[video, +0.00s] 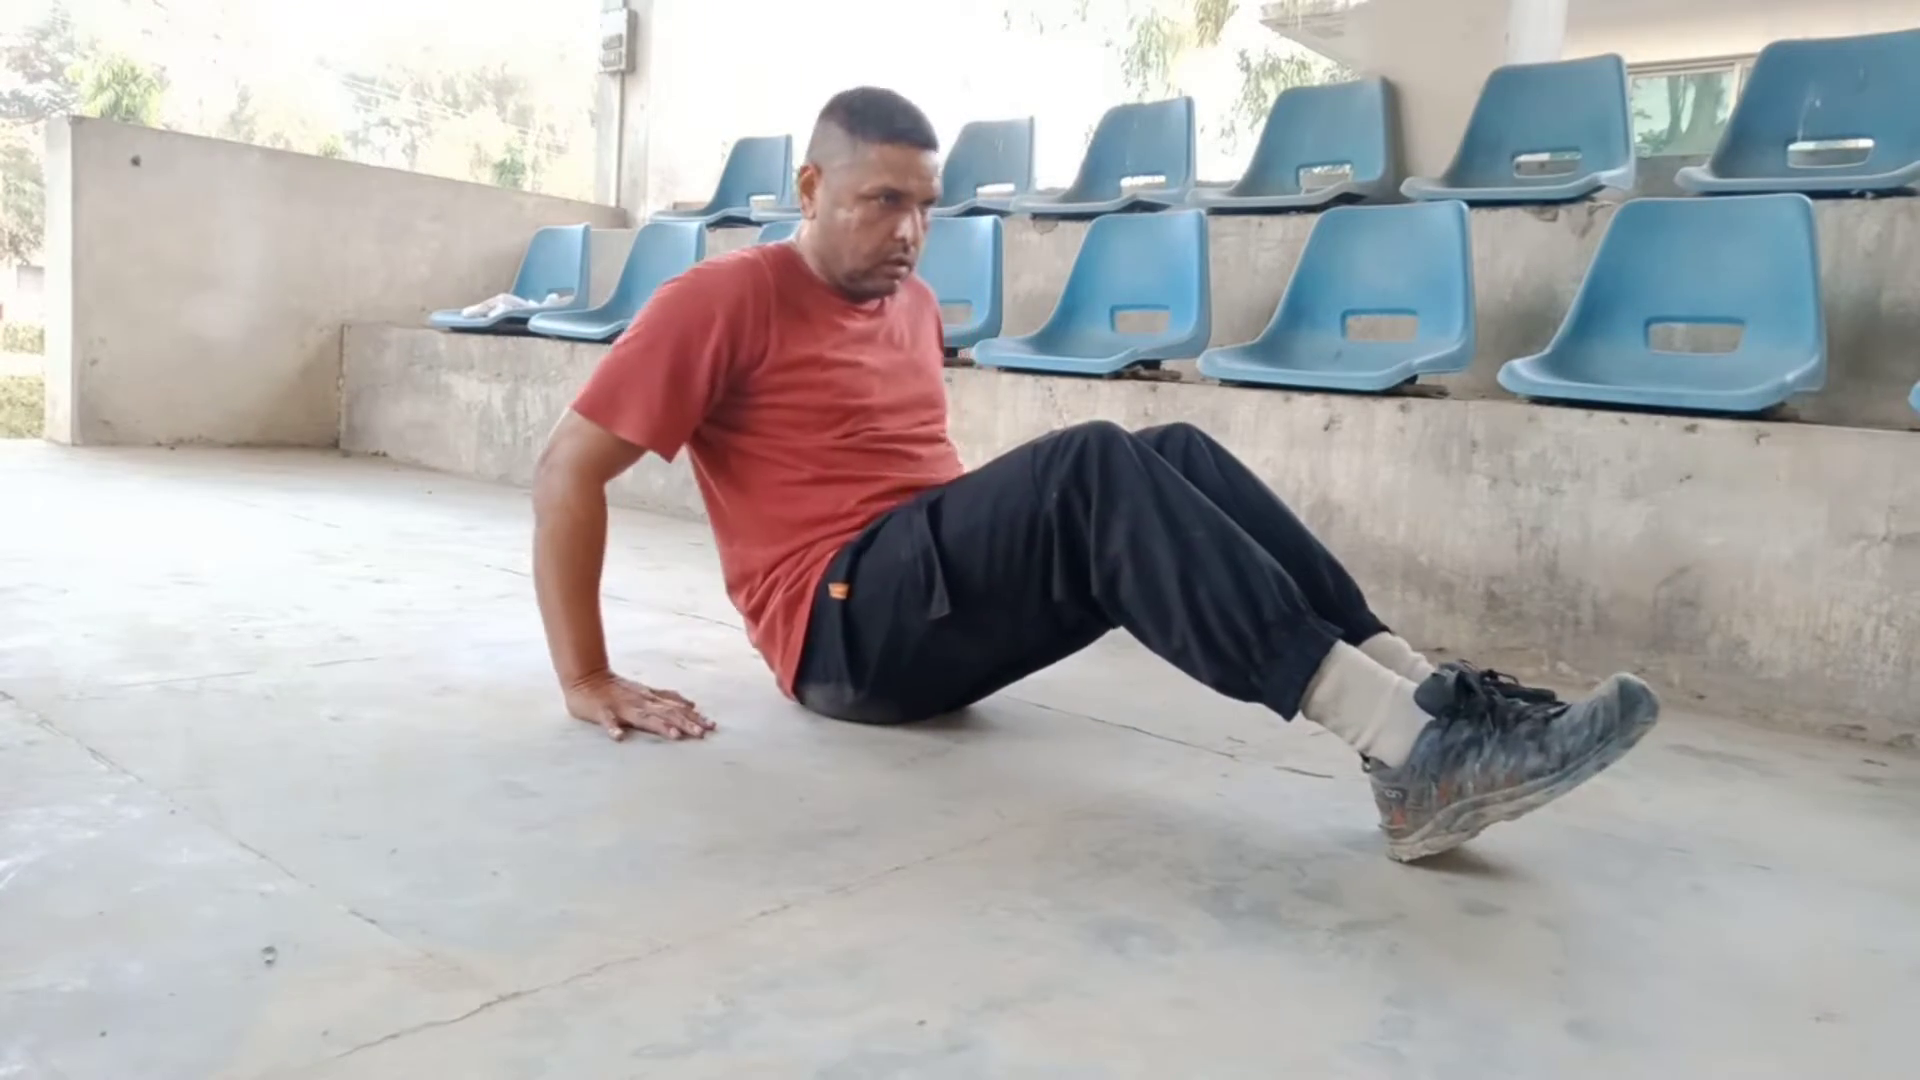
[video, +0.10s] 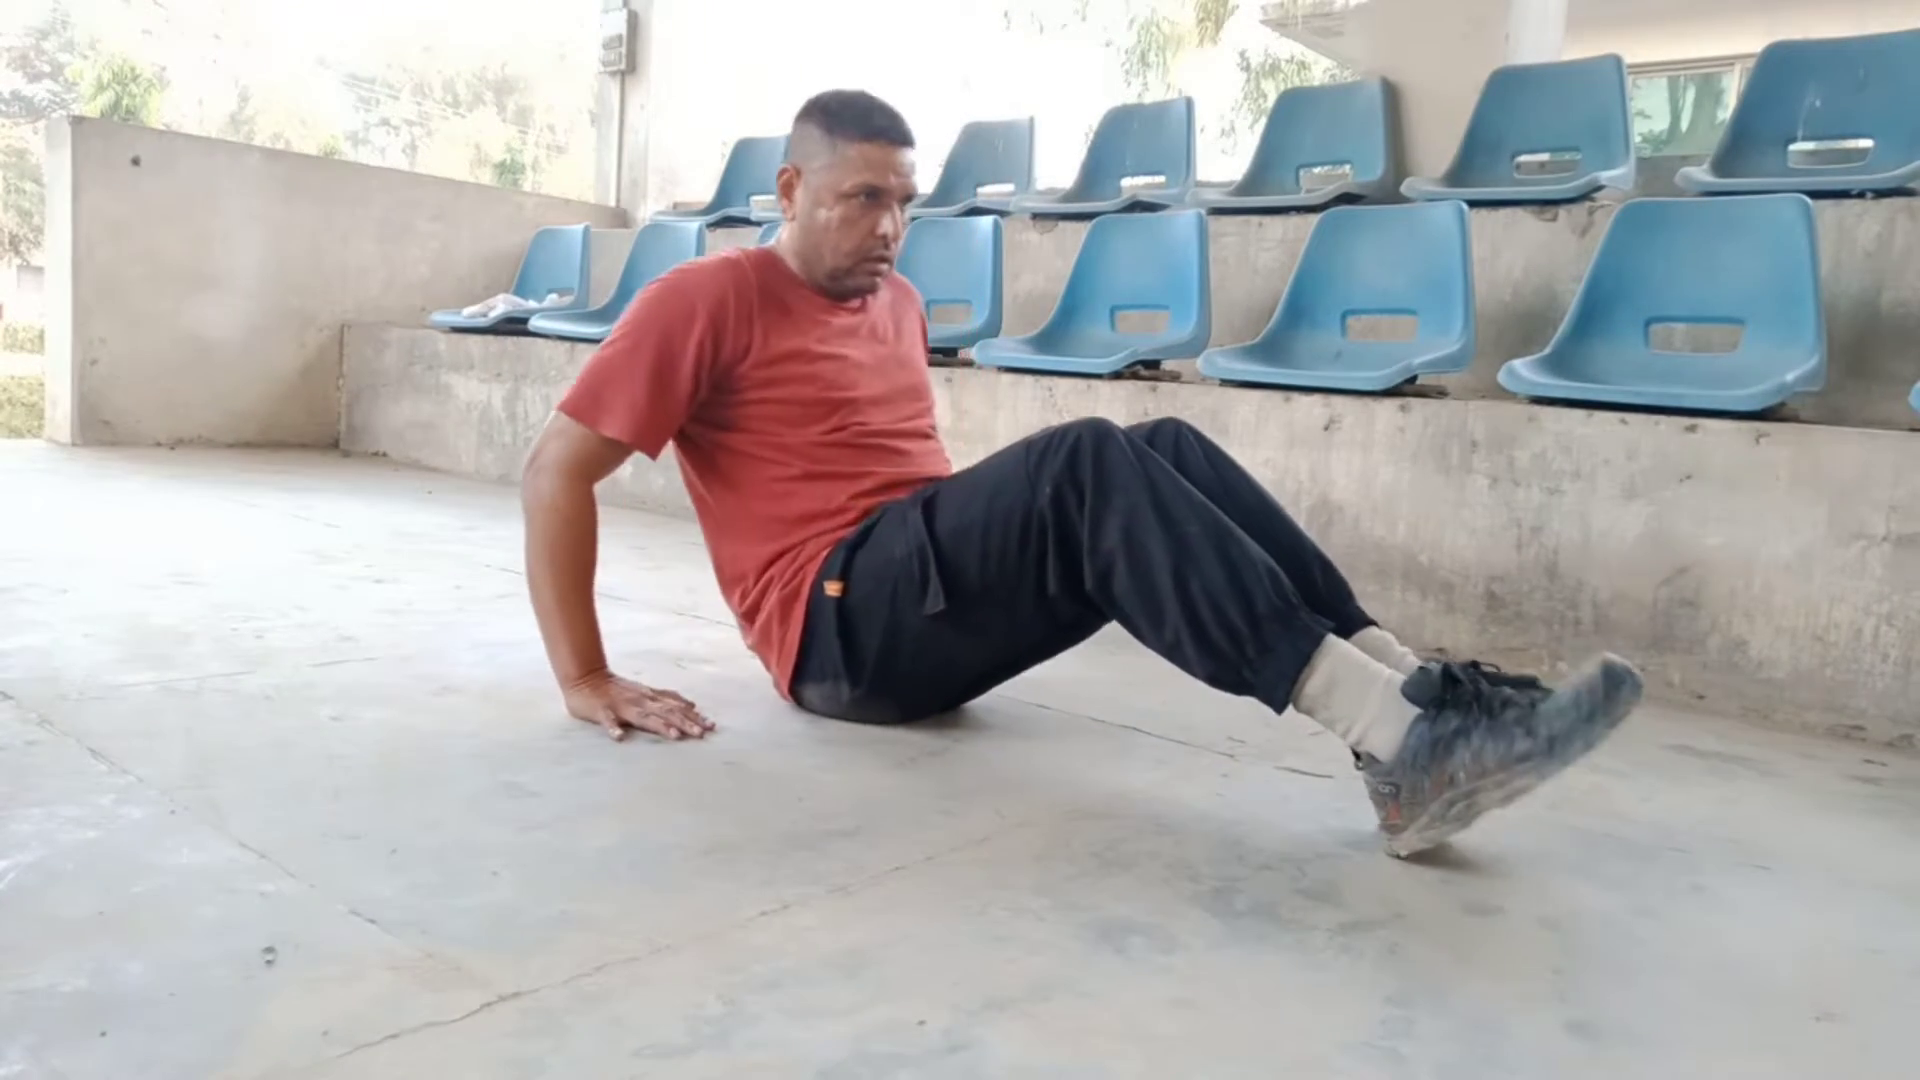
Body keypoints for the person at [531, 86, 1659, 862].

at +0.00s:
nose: (899, 231)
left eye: (917, 208)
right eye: (875, 204)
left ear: (924, 204)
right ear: (805, 189)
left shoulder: (911, 301)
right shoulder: (719, 300)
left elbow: (899, 460)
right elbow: (568, 468)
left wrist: (944, 618)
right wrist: (584, 679)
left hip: (931, 586)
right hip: (836, 609)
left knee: (1178, 453)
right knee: (1103, 469)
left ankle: (1433, 733)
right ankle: (1409, 740)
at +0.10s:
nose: (878, 230)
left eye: (895, 207)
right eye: (856, 204)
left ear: (902, 205)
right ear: (787, 193)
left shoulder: (896, 304)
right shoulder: (701, 300)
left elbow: (884, 461)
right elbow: (557, 468)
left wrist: (936, 621)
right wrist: (583, 681)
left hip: (928, 583)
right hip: (836, 610)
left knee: (1171, 446)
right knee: (1097, 464)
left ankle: (1422, 722)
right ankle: (1399, 735)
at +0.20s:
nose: (866, 230)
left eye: (882, 207)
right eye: (843, 205)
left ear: (886, 207)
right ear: (773, 197)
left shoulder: (888, 301)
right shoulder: (692, 301)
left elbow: (885, 450)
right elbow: (552, 472)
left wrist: (929, 572)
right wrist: (582, 685)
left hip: (921, 589)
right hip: (831, 616)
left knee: (1154, 430)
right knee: (1081, 448)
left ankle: (1386, 714)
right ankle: (1375, 707)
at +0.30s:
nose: (875, 233)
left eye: (886, 211)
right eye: (849, 207)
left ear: (885, 210)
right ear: (774, 200)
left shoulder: (884, 301)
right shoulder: (687, 301)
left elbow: (901, 457)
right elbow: (550, 478)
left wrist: (945, 587)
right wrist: (581, 683)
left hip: (914, 611)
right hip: (822, 622)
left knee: (1125, 402)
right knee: (1051, 413)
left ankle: (1349, 664)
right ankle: (1320, 679)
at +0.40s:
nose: (881, 241)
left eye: (893, 217)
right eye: (856, 214)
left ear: (900, 211)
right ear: (779, 203)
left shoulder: (894, 300)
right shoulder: (694, 297)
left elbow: (902, 450)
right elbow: (560, 471)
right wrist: (582, 678)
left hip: (915, 625)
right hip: (817, 629)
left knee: (1087, 369)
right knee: (996, 377)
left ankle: (1285, 618)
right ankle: (1246, 655)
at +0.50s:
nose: (886, 251)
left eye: (898, 226)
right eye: (861, 223)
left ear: (905, 215)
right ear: (785, 203)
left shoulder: (900, 299)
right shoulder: (707, 287)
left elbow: (909, 450)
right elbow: (570, 466)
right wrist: (583, 682)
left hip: (910, 634)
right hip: (811, 631)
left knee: (1054, 351)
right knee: (949, 351)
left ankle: (1219, 608)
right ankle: (1178, 637)